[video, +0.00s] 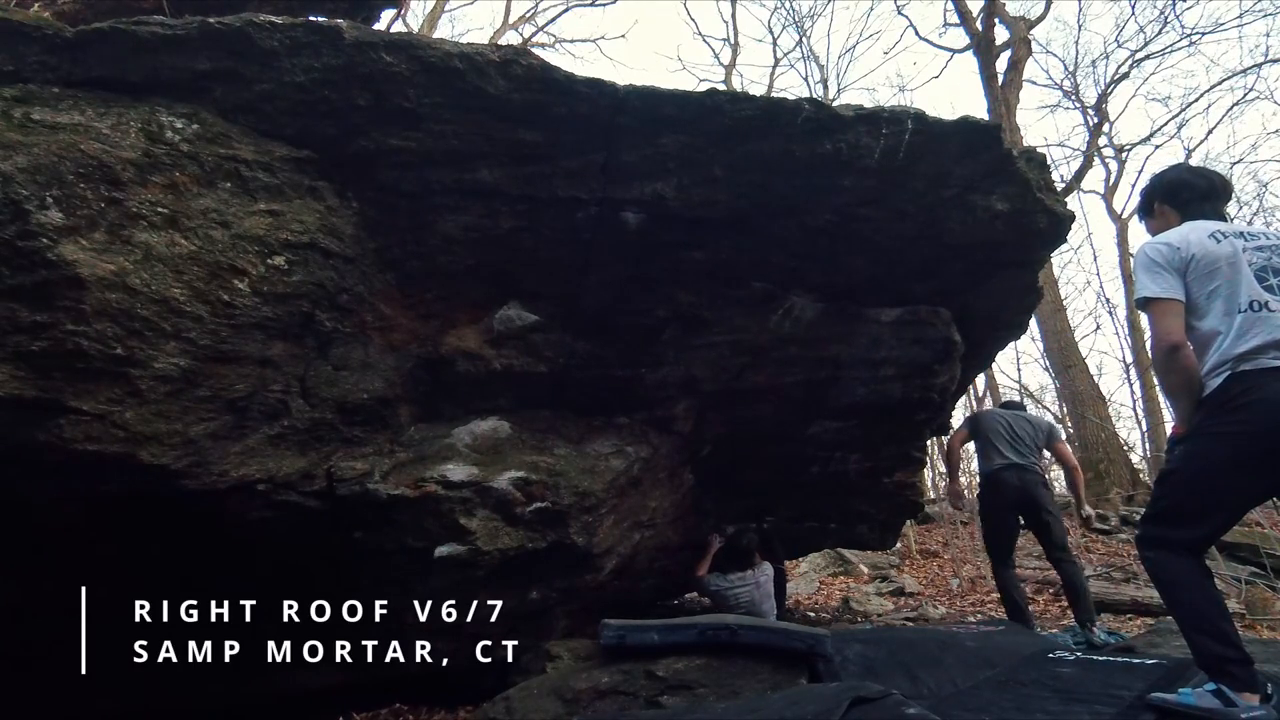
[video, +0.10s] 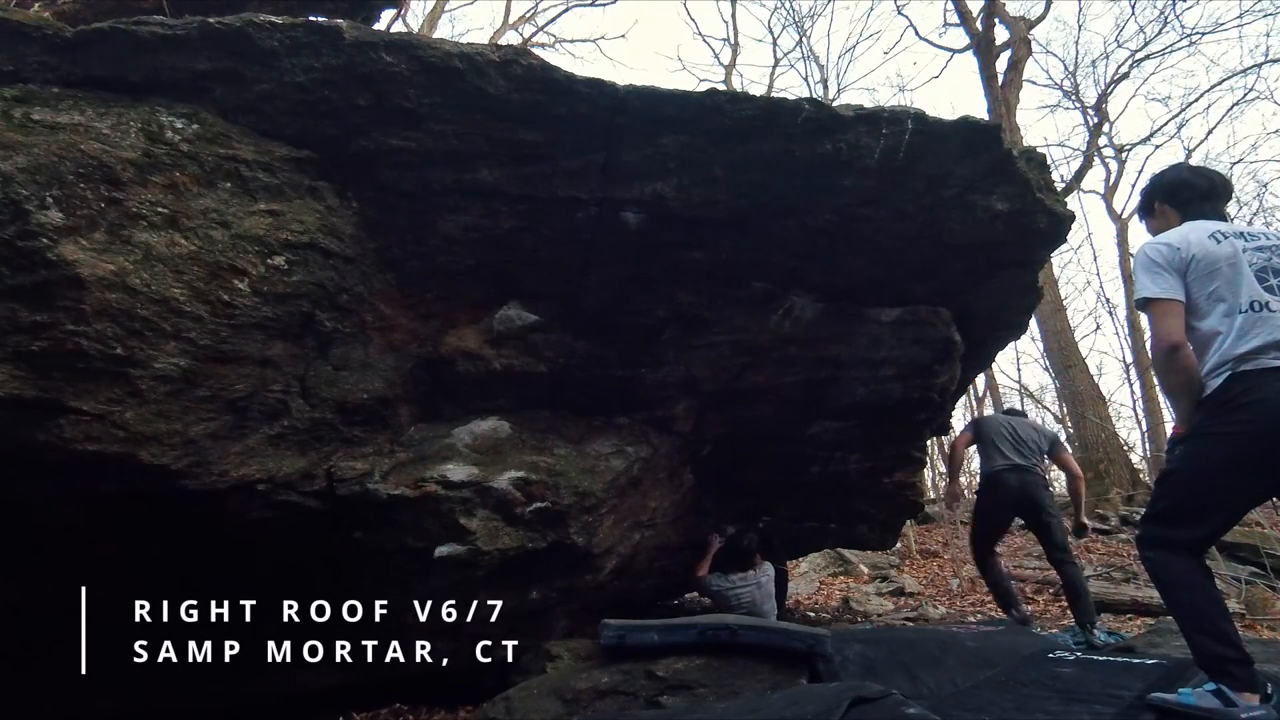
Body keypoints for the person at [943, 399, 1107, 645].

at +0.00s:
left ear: (998, 409)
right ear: (1025, 412)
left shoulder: (981, 417)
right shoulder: (1042, 423)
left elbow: (953, 443)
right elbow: (1072, 464)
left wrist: (953, 483)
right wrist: (1082, 504)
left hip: (995, 491)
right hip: (1035, 487)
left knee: (1002, 565)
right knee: (1061, 556)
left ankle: (1025, 630)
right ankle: (1089, 624)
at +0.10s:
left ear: (1000, 416)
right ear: (1027, 419)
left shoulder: (984, 422)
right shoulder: (1043, 431)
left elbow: (958, 444)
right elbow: (1076, 473)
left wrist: (953, 482)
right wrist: (1079, 516)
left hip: (995, 490)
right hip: (1035, 489)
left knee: (983, 552)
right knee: (1062, 557)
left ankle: (1016, 611)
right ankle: (1087, 625)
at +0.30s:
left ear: (993, 431)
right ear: (1015, 434)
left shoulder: (978, 437)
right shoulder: (1036, 446)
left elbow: (947, 460)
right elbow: (1072, 486)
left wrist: (937, 500)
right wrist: (1074, 529)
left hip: (983, 493)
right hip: (1024, 493)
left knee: (955, 555)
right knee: (1060, 559)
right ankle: (1090, 630)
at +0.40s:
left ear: (979, 444)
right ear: (1008, 447)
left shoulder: (965, 449)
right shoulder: (1023, 454)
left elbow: (932, 476)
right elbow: (1059, 492)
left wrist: (924, 511)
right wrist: (1074, 533)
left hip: (971, 499)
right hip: (1010, 498)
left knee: (944, 558)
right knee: (1052, 561)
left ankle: (922, 614)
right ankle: (1088, 628)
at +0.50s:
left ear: (960, 462)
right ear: (995, 462)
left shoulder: (947, 466)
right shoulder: (1006, 468)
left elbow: (918, 495)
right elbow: (1046, 498)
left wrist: (906, 539)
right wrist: (1075, 534)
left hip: (956, 505)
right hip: (995, 502)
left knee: (932, 562)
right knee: (1044, 561)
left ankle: (924, 618)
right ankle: (1087, 627)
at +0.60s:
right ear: (986, 479)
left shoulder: (929, 488)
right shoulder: (988, 480)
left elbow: (903, 525)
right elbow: (1030, 505)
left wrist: (893, 568)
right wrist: (1071, 533)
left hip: (938, 508)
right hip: (973, 504)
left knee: (922, 563)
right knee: (1029, 562)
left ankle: (923, 620)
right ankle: (1084, 627)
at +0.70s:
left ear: (932, 495)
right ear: (970, 494)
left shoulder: (917, 506)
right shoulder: (976, 494)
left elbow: (896, 549)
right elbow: (1021, 511)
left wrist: (887, 585)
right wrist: (1060, 529)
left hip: (925, 514)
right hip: (959, 511)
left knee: (915, 566)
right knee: (1018, 566)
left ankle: (920, 620)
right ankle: (1079, 627)